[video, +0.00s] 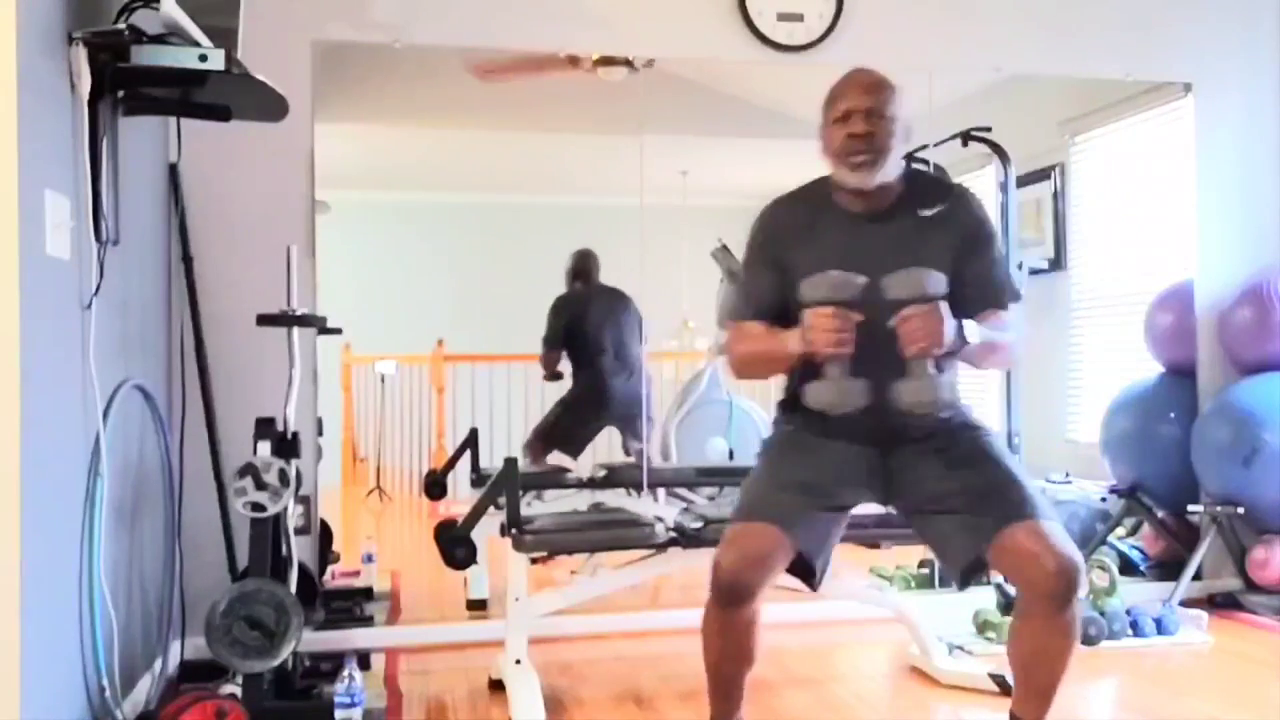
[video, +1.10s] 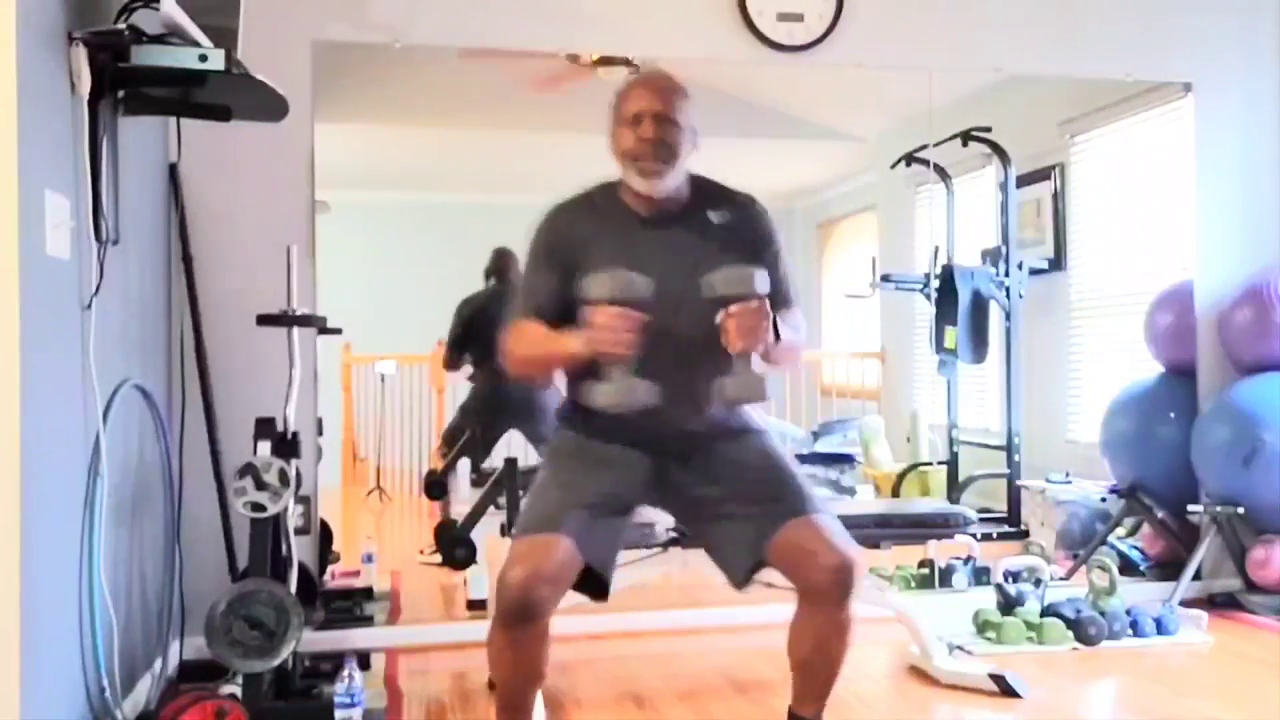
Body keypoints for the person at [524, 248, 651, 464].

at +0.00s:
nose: (568, 276)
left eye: (569, 271)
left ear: (571, 273)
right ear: (597, 273)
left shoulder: (565, 303)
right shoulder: (623, 300)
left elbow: (550, 359)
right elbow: (639, 345)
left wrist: (551, 372)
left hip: (590, 395)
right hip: (634, 393)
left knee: (534, 449)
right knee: (647, 454)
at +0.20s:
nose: (542, 248)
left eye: (543, 244)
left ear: (546, 244)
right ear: (572, 242)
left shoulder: (541, 273)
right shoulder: (603, 270)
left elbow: (529, 326)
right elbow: (624, 321)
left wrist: (520, 337)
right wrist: (593, 326)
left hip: (564, 368)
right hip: (605, 367)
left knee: (533, 443)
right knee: (618, 440)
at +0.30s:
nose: (536, 236)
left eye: (537, 232)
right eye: (539, 233)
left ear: (539, 231)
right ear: (565, 230)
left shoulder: (535, 257)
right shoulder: (596, 256)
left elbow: (523, 305)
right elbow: (626, 304)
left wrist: (506, 320)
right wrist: (599, 315)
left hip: (555, 355)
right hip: (596, 355)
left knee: (533, 430)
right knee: (598, 424)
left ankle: (532, 492)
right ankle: (601, 477)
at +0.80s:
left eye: (526, 236)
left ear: (522, 238)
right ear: (548, 238)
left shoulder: (509, 270)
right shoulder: (575, 268)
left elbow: (489, 324)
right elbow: (597, 321)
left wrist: (511, 333)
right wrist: (567, 324)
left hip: (520, 366)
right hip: (566, 366)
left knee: (486, 430)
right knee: (571, 439)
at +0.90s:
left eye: (516, 257)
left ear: (513, 260)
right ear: (540, 259)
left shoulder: (499, 292)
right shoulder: (565, 289)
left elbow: (483, 352)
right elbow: (580, 337)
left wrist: (506, 341)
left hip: (516, 383)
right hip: (562, 382)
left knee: (469, 440)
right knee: (579, 452)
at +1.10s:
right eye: (511, 267)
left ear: (489, 272)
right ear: (517, 270)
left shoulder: (474, 305)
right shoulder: (532, 301)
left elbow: (452, 360)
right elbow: (550, 347)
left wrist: (472, 344)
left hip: (488, 393)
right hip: (531, 392)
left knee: (450, 447)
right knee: (559, 453)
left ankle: (446, 522)